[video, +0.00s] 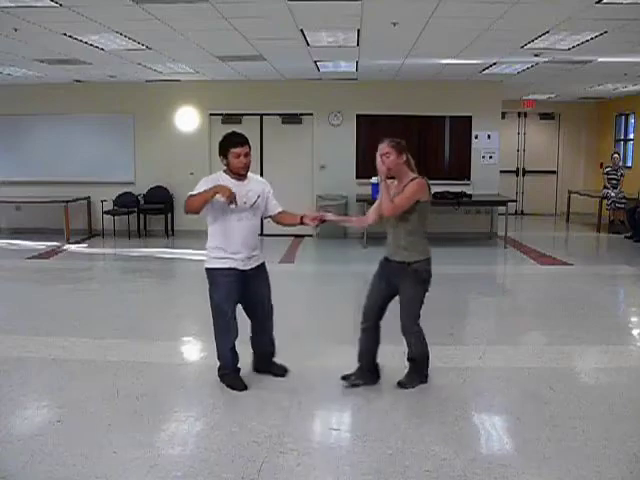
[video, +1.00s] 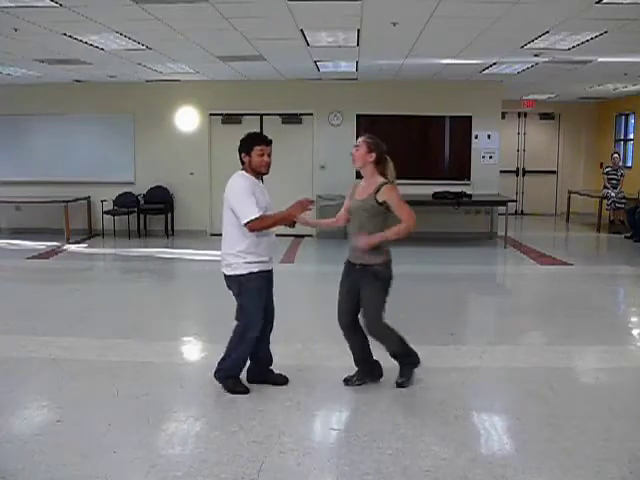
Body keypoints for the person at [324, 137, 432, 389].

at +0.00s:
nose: (382, 161)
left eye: (387, 156)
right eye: (380, 157)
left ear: (402, 157)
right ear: (380, 162)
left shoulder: (418, 184)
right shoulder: (388, 188)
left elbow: (389, 211)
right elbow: (366, 220)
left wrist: (384, 180)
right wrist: (333, 218)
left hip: (416, 267)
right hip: (390, 264)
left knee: (409, 323)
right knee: (370, 315)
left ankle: (419, 371)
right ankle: (367, 370)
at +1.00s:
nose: (352, 152)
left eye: (357, 149)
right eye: (354, 148)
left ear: (372, 156)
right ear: (365, 156)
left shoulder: (386, 189)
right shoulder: (358, 187)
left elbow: (409, 223)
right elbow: (339, 221)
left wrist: (375, 239)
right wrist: (303, 220)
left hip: (376, 268)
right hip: (353, 266)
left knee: (372, 323)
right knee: (347, 320)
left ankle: (408, 359)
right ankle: (368, 368)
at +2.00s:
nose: (342, 151)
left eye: (348, 147)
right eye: (342, 146)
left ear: (362, 152)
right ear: (349, 152)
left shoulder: (377, 184)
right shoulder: (338, 181)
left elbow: (390, 224)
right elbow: (312, 206)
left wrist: (378, 250)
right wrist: (289, 192)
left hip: (364, 259)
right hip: (336, 257)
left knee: (365, 313)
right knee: (334, 315)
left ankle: (382, 350)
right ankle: (341, 364)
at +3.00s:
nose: (347, 150)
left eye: (352, 146)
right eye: (346, 146)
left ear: (366, 151)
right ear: (345, 151)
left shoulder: (382, 182)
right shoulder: (340, 184)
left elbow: (398, 215)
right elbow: (314, 212)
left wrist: (390, 235)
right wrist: (281, 203)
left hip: (376, 259)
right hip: (347, 259)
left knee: (375, 310)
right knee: (337, 308)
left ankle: (374, 355)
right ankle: (347, 352)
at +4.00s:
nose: (327, 153)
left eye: (332, 148)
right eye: (324, 148)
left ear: (344, 153)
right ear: (322, 154)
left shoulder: (353, 185)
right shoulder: (326, 183)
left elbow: (349, 224)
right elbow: (321, 215)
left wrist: (321, 219)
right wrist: (305, 196)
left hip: (343, 264)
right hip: (320, 260)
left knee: (331, 320)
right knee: (317, 318)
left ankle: (328, 377)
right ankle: (334, 365)